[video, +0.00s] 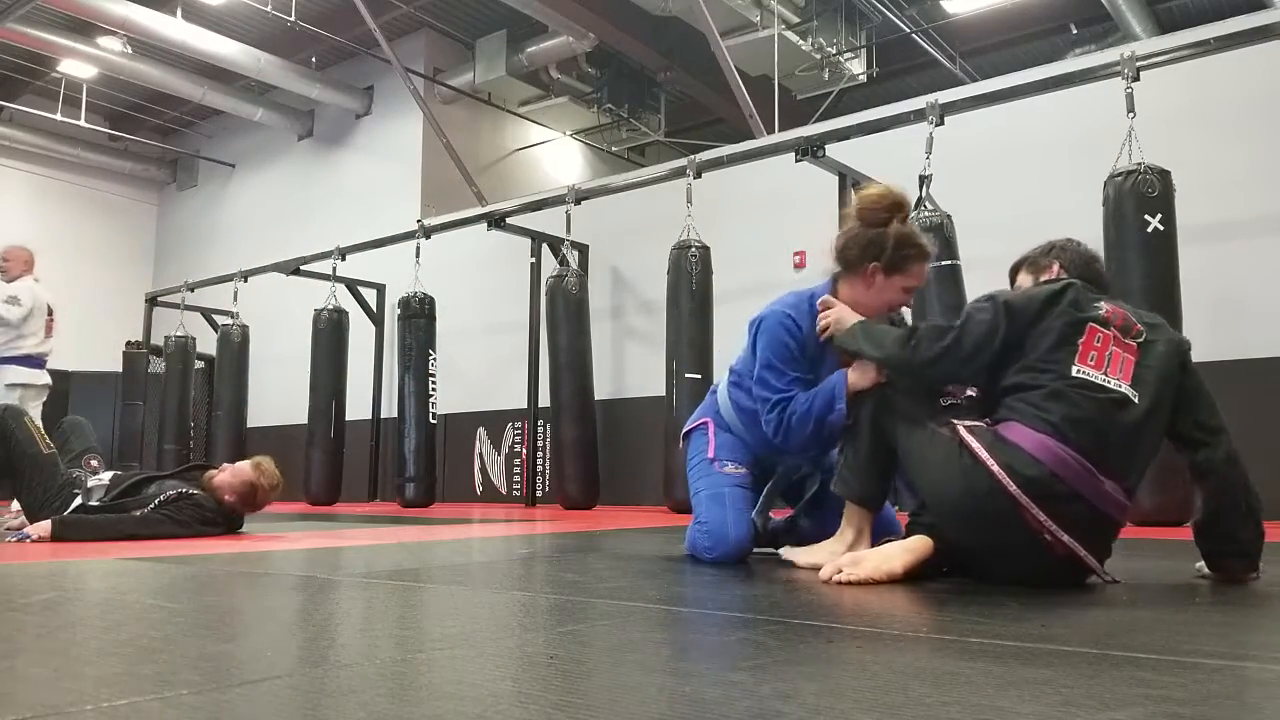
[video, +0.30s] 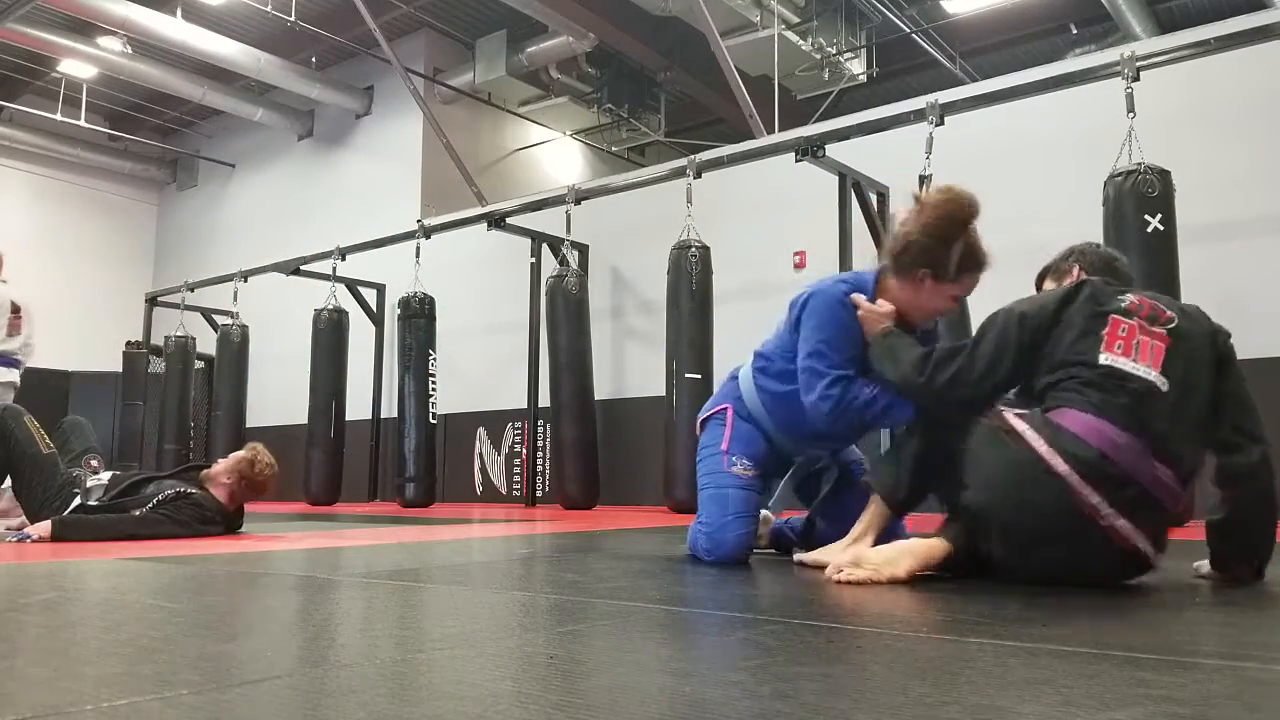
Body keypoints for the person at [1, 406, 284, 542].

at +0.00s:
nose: (226, 465)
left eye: (234, 470)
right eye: (235, 464)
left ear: (234, 495)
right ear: (235, 488)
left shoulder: (197, 512)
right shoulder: (209, 486)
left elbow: (130, 525)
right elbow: (150, 488)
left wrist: (58, 526)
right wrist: (112, 480)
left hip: (69, 501)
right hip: (99, 485)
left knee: (9, 417)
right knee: (74, 423)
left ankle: (8, 500)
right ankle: (21, 499)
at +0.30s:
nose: (219, 460)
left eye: (226, 461)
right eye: (226, 458)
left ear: (230, 480)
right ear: (233, 482)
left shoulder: (197, 512)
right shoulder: (210, 491)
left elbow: (129, 524)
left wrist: (57, 526)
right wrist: (111, 476)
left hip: (66, 501)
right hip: (99, 484)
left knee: (10, 415)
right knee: (74, 423)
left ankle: (10, 499)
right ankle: (19, 496)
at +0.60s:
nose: (221, 460)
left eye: (227, 461)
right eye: (228, 458)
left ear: (229, 477)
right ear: (239, 488)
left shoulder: (199, 512)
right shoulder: (213, 494)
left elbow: (129, 525)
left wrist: (54, 526)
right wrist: (106, 476)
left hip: (66, 501)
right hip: (98, 486)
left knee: (11, 415)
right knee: (62, 421)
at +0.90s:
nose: (220, 462)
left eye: (226, 463)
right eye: (227, 460)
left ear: (228, 478)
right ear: (237, 488)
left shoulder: (197, 512)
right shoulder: (220, 501)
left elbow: (128, 524)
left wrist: (54, 526)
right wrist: (106, 478)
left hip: (66, 503)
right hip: (96, 485)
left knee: (10, 415)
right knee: (53, 422)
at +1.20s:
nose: (226, 464)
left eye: (232, 466)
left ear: (232, 471)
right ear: (255, 500)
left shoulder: (201, 513)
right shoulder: (215, 489)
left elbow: (131, 524)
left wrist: (56, 526)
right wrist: (107, 478)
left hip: (68, 501)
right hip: (95, 485)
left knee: (9, 416)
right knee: (44, 421)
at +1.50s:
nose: (228, 471)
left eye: (234, 472)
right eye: (235, 471)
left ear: (234, 475)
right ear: (255, 503)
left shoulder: (200, 512)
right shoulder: (217, 492)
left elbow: (132, 524)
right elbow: (148, 489)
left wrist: (56, 527)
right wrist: (106, 478)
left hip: (69, 501)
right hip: (97, 485)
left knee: (9, 418)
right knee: (41, 421)